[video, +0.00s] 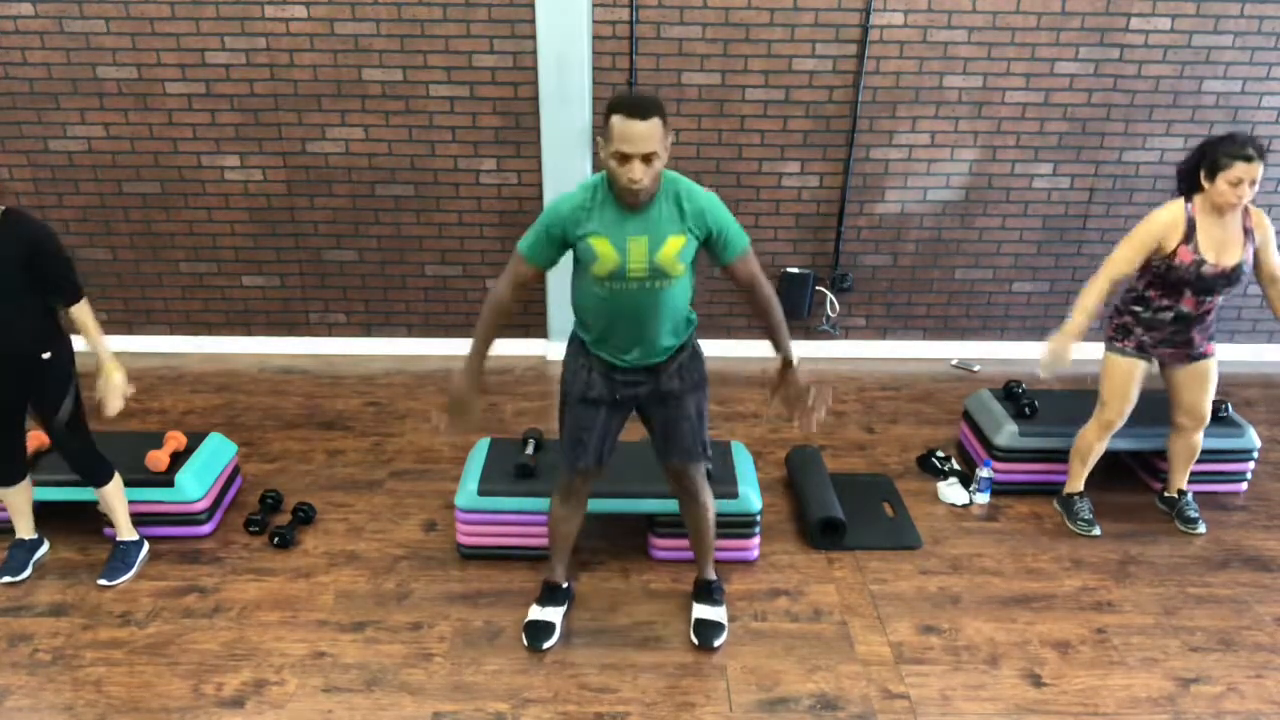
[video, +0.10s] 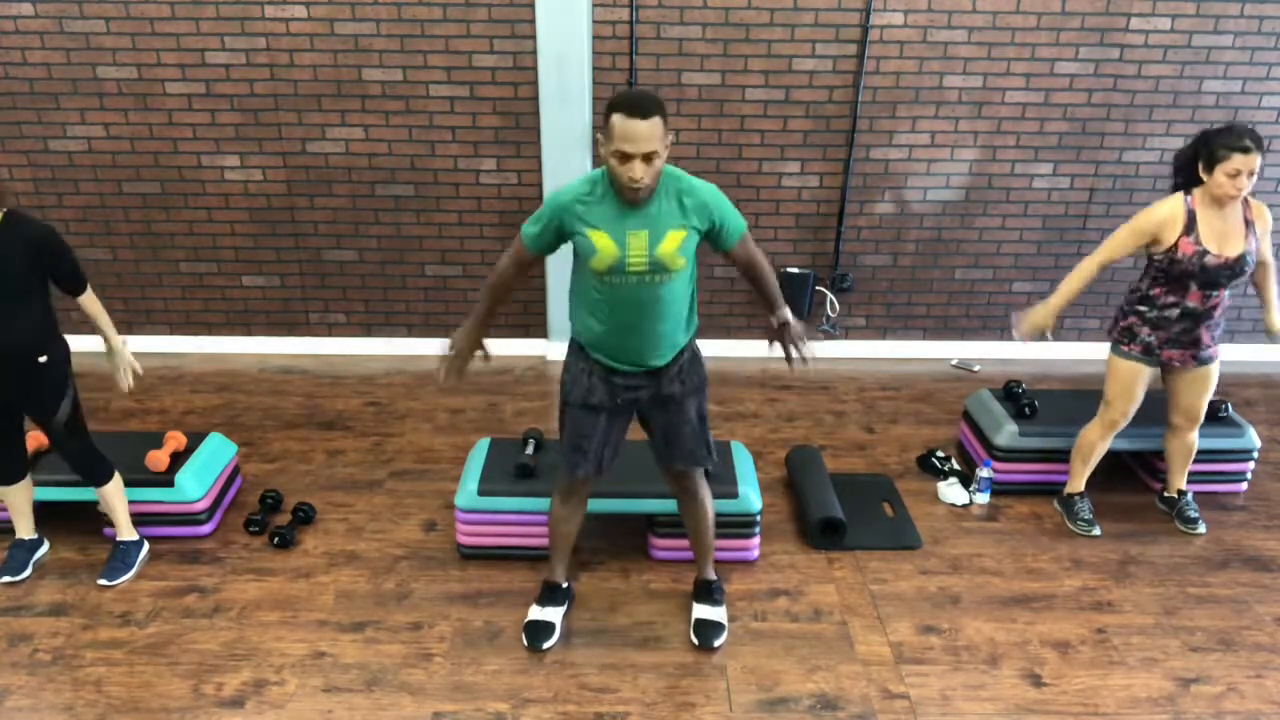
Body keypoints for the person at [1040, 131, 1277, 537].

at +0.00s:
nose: (1246, 194)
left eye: (1253, 184)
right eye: (1236, 183)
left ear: (1258, 183)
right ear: (1207, 180)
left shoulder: (1256, 223)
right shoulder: (1171, 218)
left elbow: (1273, 285)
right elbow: (1107, 275)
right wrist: (1069, 334)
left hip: (1193, 330)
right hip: (1136, 323)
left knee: (1193, 419)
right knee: (1111, 415)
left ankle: (1176, 493)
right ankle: (1072, 492)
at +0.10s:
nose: (1243, 185)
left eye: (1251, 175)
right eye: (1234, 175)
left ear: (1257, 174)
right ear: (1205, 171)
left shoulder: (1257, 216)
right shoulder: (1171, 212)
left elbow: (1264, 264)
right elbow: (1099, 259)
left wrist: (1272, 312)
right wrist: (1051, 307)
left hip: (1198, 333)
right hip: (1144, 326)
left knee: (1187, 423)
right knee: (1113, 417)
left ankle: (1175, 493)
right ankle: (1072, 492)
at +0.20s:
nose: (1241, 182)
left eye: (1249, 172)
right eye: (1232, 171)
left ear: (1256, 171)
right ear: (1203, 168)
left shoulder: (1256, 213)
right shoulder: (1168, 212)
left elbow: (1244, 254)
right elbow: (1102, 248)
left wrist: (1245, 290)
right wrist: (1051, 288)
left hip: (1204, 334)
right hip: (1149, 328)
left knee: (1184, 423)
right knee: (1115, 416)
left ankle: (1175, 493)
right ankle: (1073, 493)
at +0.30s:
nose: (1240, 181)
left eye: (1248, 171)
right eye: (1231, 171)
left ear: (1254, 170)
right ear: (1203, 169)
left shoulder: (1255, 212)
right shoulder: (1167, 212)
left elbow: (1221, 261)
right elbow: (1106, 245)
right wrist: (1060, 275)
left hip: (1206, 337)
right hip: (1151, 330)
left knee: (1181, 424)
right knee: (1117, 415)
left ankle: (1175, 493)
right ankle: (1075, 493)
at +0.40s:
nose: (1239, 182)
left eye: (1246, 172)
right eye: (1229, 171)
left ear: (1252, 170)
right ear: (1201, 168)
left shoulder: (1254, 212)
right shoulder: (1166, 212)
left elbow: (1220, 259)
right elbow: (1106, 245)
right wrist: (1063, 273)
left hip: (1206, 337)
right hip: (1151, 330)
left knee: (1181, 424)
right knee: (1117, 416)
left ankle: (1175, 493)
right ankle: (1074, 493)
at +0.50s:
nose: (1238, 181)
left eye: (1246, 171)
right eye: (1228, 170)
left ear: (1252, 169)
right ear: (1201, 168)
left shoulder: (1255, 214)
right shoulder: (1165, 212)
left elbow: (1223, 265)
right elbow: (1105, 246)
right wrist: (1059, 279)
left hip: (1205, 337)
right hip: (1150, 330)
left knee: (1181, 425)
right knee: (1116, 415)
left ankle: (1175, 493)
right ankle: (1074, 493)